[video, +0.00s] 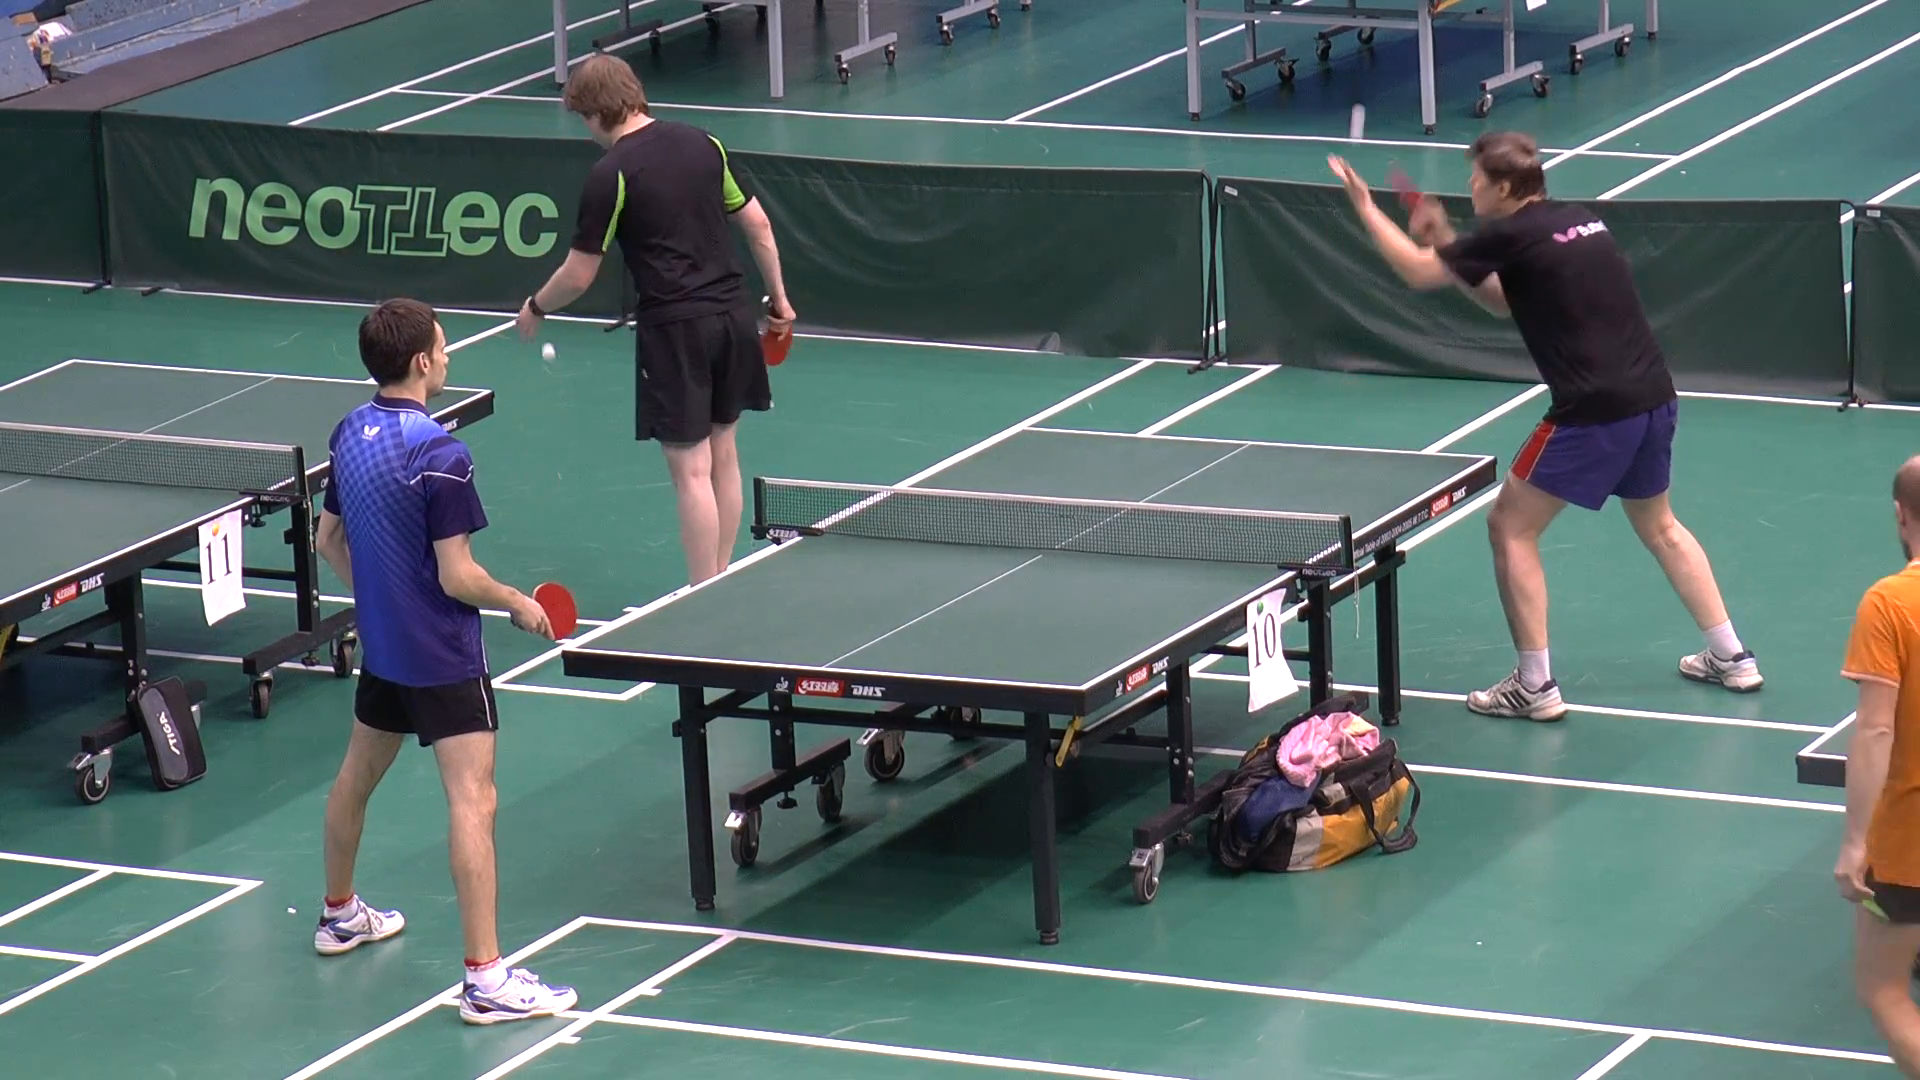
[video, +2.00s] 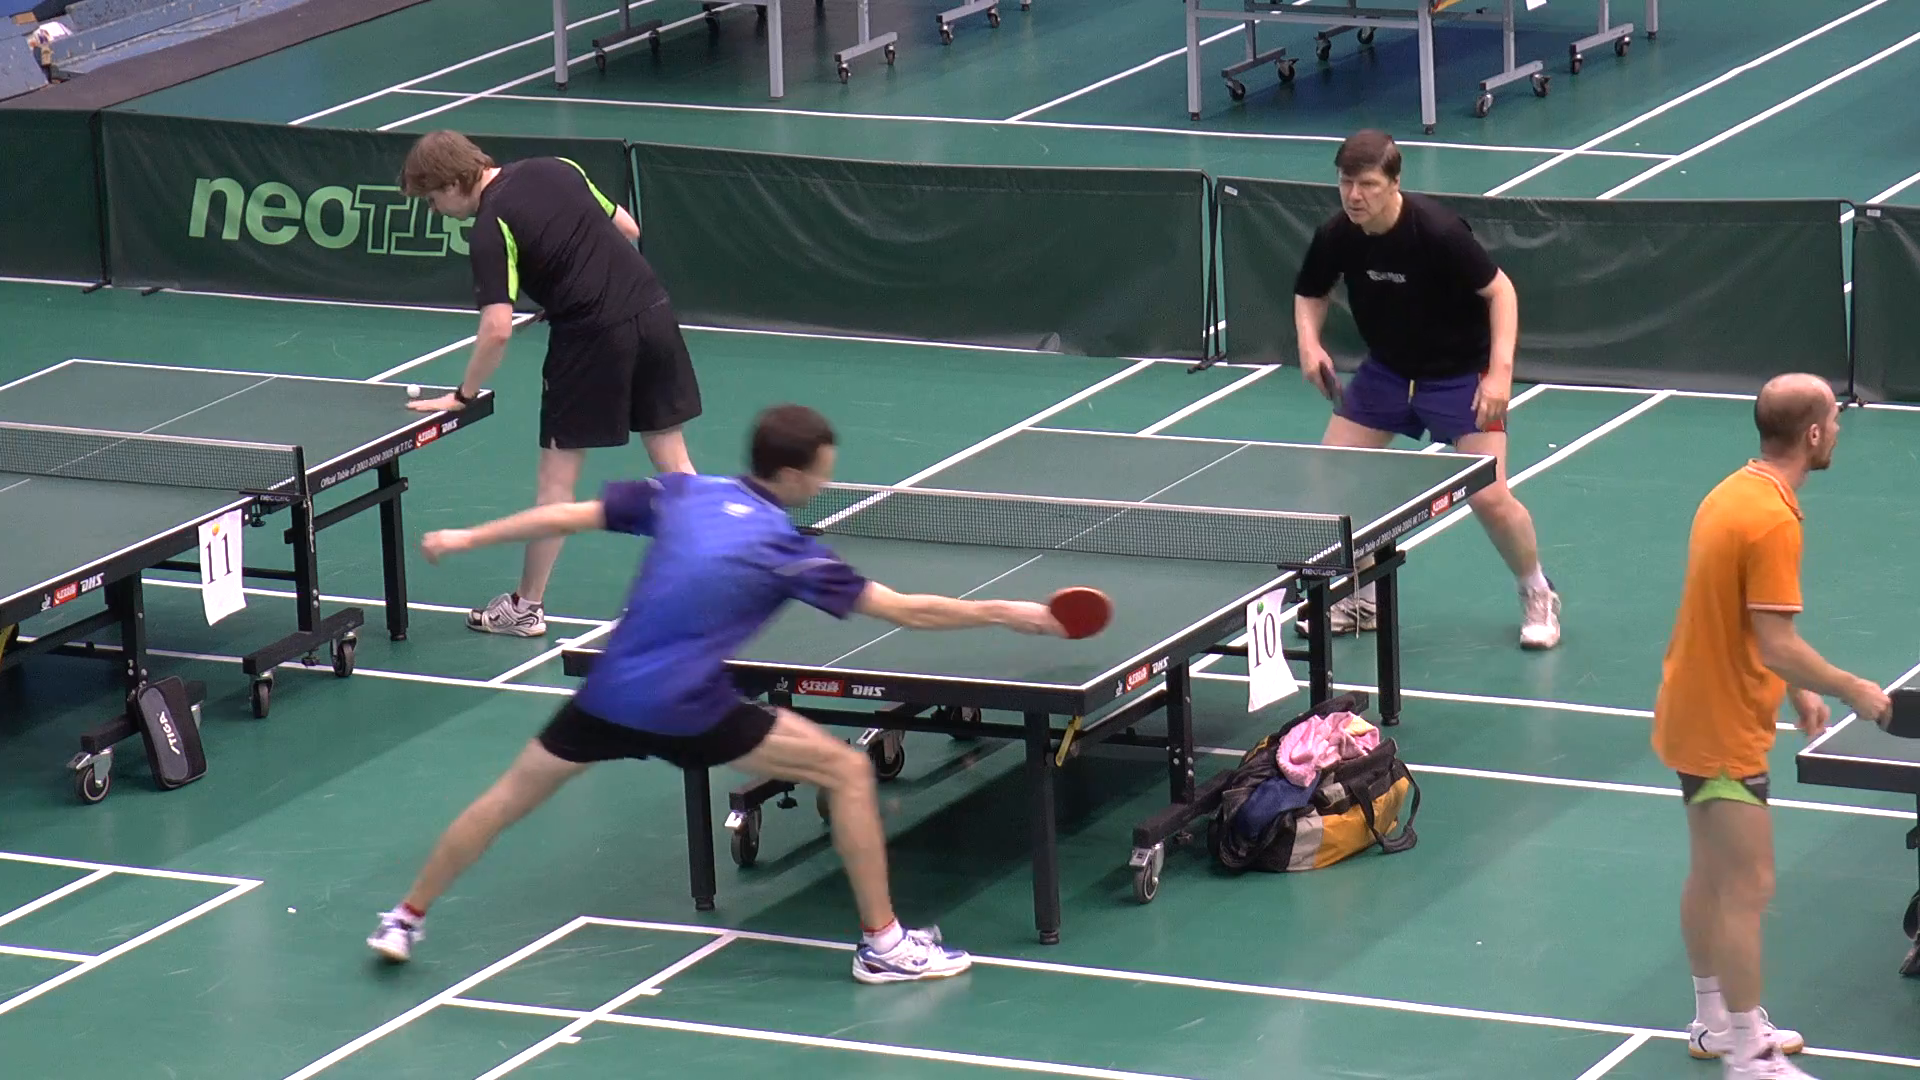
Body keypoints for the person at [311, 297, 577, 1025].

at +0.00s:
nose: (445, 356)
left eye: (442, 344)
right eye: (441, 346)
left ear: (376, 365)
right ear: (425, 360)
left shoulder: (350, 430)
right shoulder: (439, 448)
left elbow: (329, 538)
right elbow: (457, 575)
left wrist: (380, 596)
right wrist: (517, 602)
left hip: (383, 648)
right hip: (443, 655)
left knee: (355, 780)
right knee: (473, 802)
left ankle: (340, 912)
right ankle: (486, 974)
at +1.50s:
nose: (524, 418)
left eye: (524, 406)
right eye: (521, 406)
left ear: (458, 402)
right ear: (493, 410)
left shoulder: (404, 460)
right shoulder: (481, 490)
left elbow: (357, 562)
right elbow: (525, 609)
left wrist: (424, 595)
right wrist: (613, 623)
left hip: (408, 676)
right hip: (469, 686)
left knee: (416, 778)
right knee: (572, 808)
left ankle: (346, 926)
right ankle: (495, 966)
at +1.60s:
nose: (530, 440)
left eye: (530, 428)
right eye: (525, 428)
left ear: (467, 425)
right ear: (495, 430)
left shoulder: (412, 481)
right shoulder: (488, 513)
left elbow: (376, 573)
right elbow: (550, 617)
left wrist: (467, 598)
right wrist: (657, 638)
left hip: (418, 693)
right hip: (481, 699)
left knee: (418, 794)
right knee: (619, 786)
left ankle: (339, 934)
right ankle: (535, 936)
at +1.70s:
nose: (568, 456)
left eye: (568, 444)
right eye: (563, 445)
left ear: (512, 442)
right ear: (525, 445)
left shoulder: (451, 488)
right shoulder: (528, 525)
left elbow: (404, 553)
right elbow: (620, 608)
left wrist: (496, 581)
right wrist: (735, 621)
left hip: (438, 702)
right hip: (503, 706)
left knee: (421, 802)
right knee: (658, 769)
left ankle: (340, 933)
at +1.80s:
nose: (647, 457)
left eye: (647, 444)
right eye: (639, 446)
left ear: (576, 442)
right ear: (597, 445)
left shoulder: (513, 479)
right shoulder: (594, 521)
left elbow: (437, 524)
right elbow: (707, 589)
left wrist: (496, 546)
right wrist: (829, 600)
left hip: (479, 700)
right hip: (552, 703)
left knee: (426, 805)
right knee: (708, 767)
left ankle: (339, 935)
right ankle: (784, 927)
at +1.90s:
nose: (737, 469)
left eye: (739, 456)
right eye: (732, 457)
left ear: (669, 442)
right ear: (693, 450)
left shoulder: (596, 472)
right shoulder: (695, 523)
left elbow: (497, 503)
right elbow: (810, 594)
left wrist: (442, 526)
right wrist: (920, 600)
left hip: (544, 688)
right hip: (622, 697)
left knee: (458, 793)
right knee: (766, 779)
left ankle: (359, 924)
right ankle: (859, 938)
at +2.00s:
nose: (830, 477)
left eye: (827, 464)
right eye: (825, 466)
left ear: (757, 460)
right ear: (795, 471)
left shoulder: (680, 491)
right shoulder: (790, 546)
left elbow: (562, 515)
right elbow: (905, 611)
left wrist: (467, 537)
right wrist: (1005, 614)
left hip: (604, 694)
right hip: (688, 708)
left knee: (508, 795)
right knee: (847, 769)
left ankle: (402, 919)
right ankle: (885, 939)